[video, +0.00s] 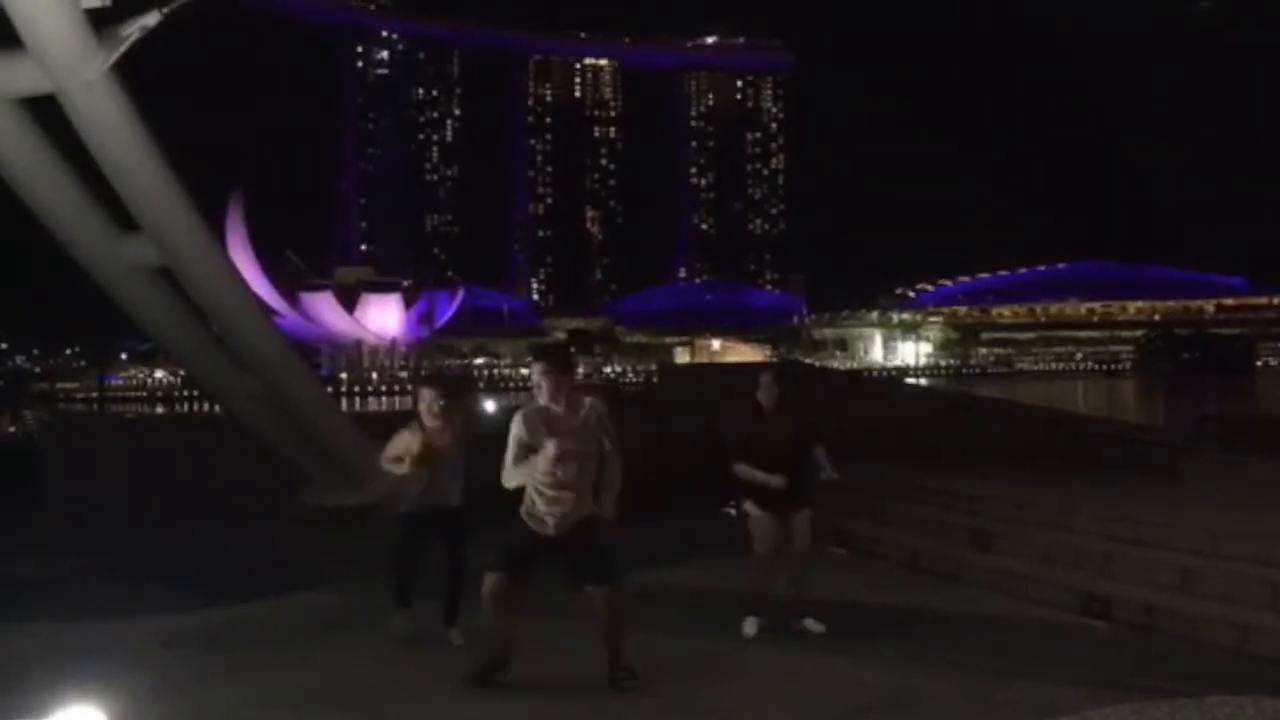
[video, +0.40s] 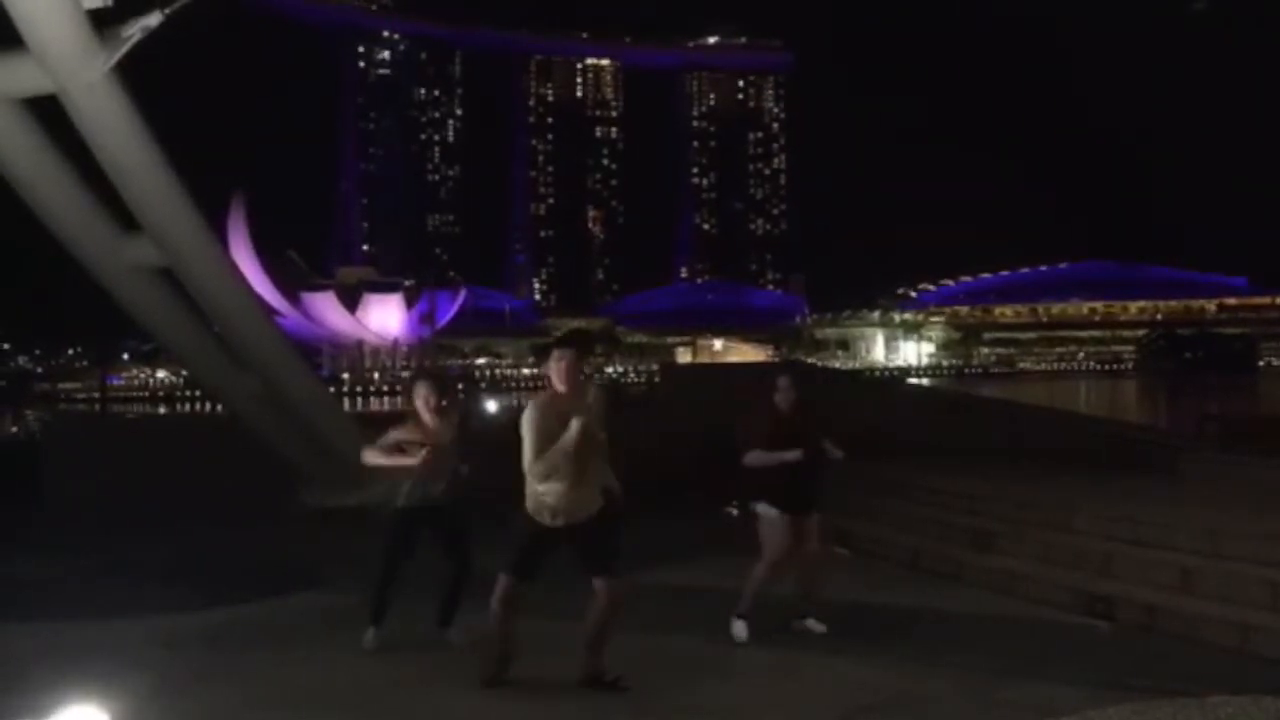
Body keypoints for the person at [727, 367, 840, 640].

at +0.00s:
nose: (768, 393)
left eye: (772, 387)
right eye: (764, 388)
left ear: (781, 389)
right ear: (756, 390)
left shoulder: (794, 416)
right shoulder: (747, 420)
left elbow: (814, 446)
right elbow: (737, 465)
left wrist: (825, 468)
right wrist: (768, 479)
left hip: (796, 495)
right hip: (761, 498)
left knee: (801, 555)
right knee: (763, 556)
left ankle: (802, 613)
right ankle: (756, 612)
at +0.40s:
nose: (784, 397)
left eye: (788, 391)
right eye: (779, 391)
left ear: (797, 393)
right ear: (772, 393)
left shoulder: (804, 418)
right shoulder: (764, 419)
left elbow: (813, 442)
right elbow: (749, 457)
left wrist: (828, 450)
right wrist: (791, 455)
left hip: (803, 495)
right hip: (770, 495)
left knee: (810, 555)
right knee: (774, 553)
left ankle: (804, 614)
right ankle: (741, 615)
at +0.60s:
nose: (785, 397)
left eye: (790, 392)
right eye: (781, 392)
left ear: (800, 394)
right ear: (776, 394)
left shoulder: (805, 420)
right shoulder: (768, 420)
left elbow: (813, 453)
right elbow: (771, 451)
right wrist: (811, 451)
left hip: (801, 499)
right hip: (771, 499)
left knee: (810, 560)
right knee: (764, 566)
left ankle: (801, 617)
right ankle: (733, 629)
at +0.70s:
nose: (798, 396)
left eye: (801, 390)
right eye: (793, 390)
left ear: (806, 392)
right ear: (783, 392)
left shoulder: (806, 421)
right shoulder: (780, 423)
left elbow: (808, 461)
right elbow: (784, 474)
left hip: (804, 503)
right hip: (779, 503)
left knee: (809, 561)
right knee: (778, 565)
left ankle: (800, 617)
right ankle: (735, 623)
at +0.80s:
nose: (808, 396)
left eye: (809, 391)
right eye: (803, 391)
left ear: (808, 393)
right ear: (791, 394)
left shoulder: (807, 422)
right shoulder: (790, 425)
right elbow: (792, 475)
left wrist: (834, 435)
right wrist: (820, 506)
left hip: (805, 501)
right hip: (788, 502)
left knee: (815, 558)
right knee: (800, 558)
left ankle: (797, 617)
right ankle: (755, 616)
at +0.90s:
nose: (808, 397)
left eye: (810, 391)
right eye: (803, 391)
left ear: (815, 393)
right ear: (793, 394)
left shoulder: (813, 421)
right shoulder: (792, 422)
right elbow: (799, 457)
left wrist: (822, 461)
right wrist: (833, 466)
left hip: (809, 497)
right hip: (793, 499)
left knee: (813, 558)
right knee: (808, 559)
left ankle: (799, 618)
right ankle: (791, 631)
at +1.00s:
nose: (814, 404)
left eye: (813, 398)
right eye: (809, 399)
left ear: (803, 399)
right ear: (801, 401)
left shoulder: (789, 425)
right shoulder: (807, 428)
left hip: (789, 507)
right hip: (801, 510)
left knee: (813, 570)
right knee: (814, 573)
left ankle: (803, 620)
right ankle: (797, 641)